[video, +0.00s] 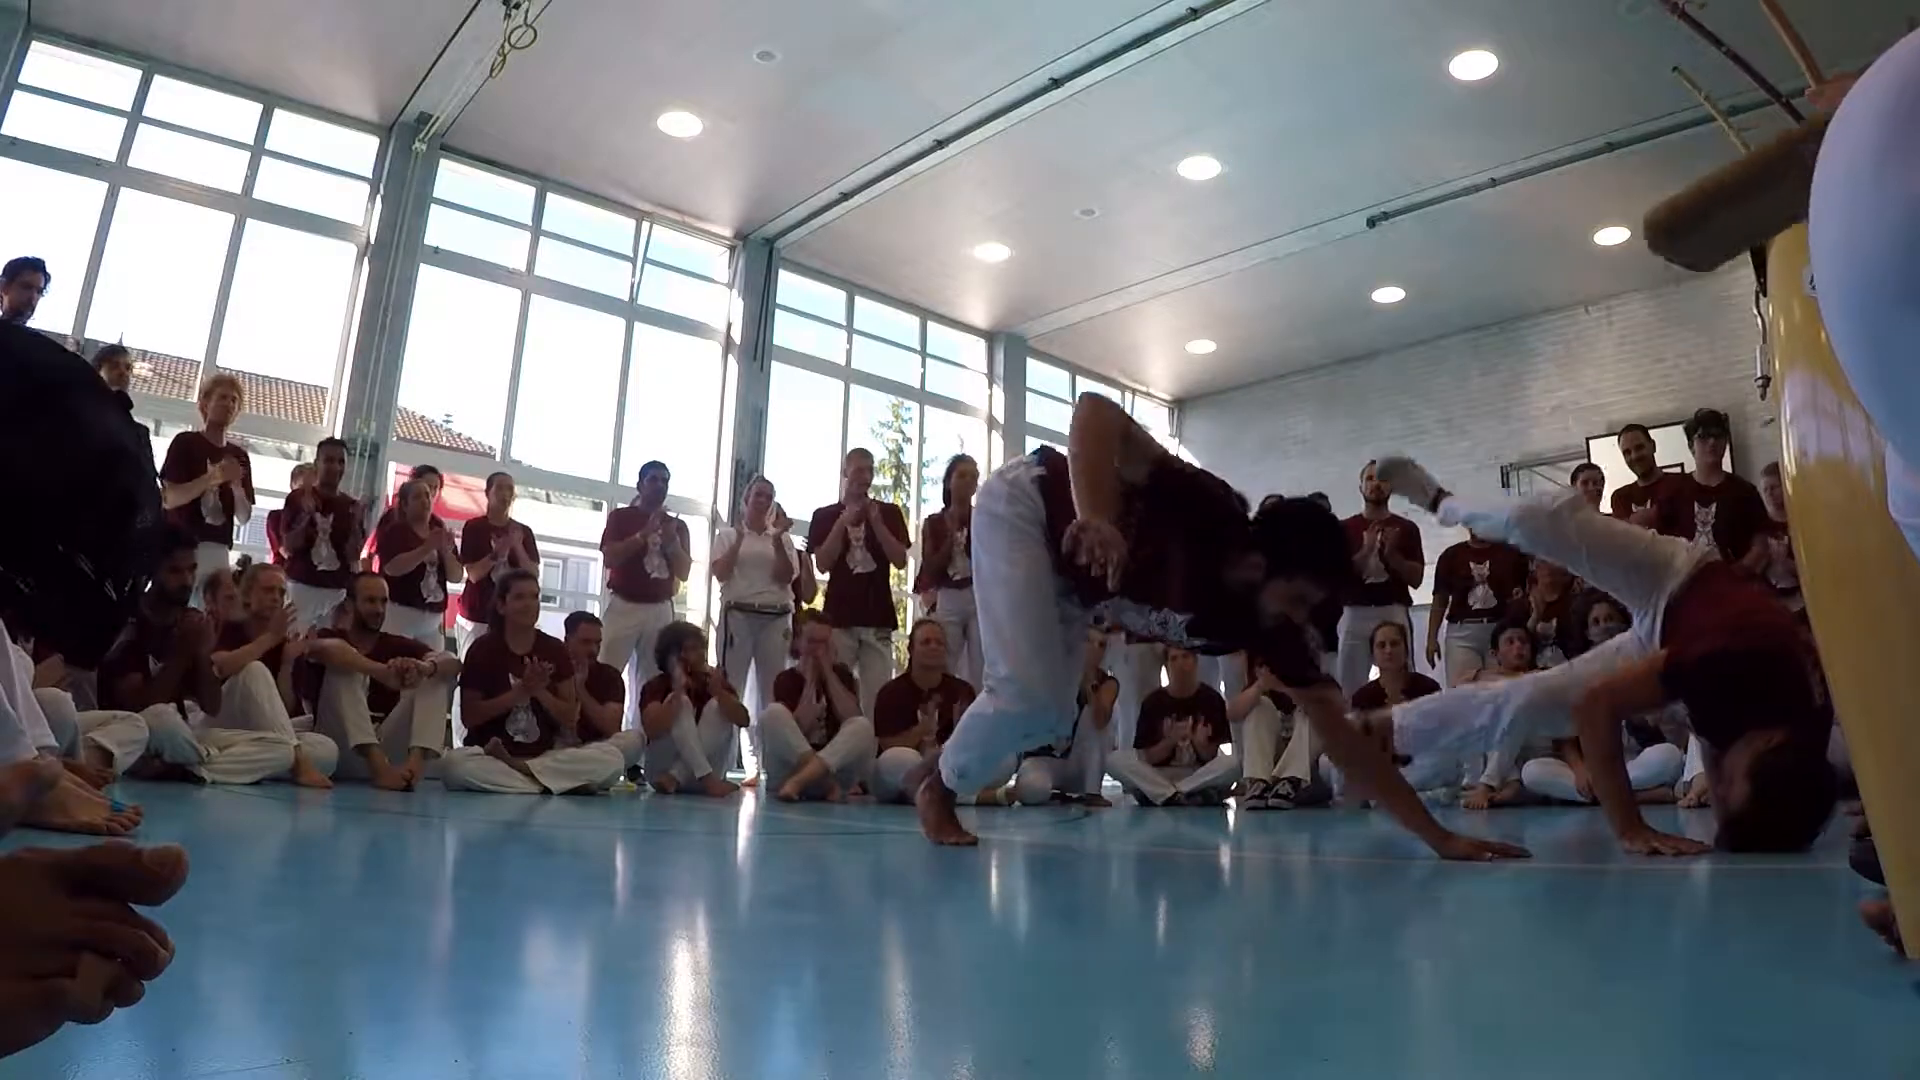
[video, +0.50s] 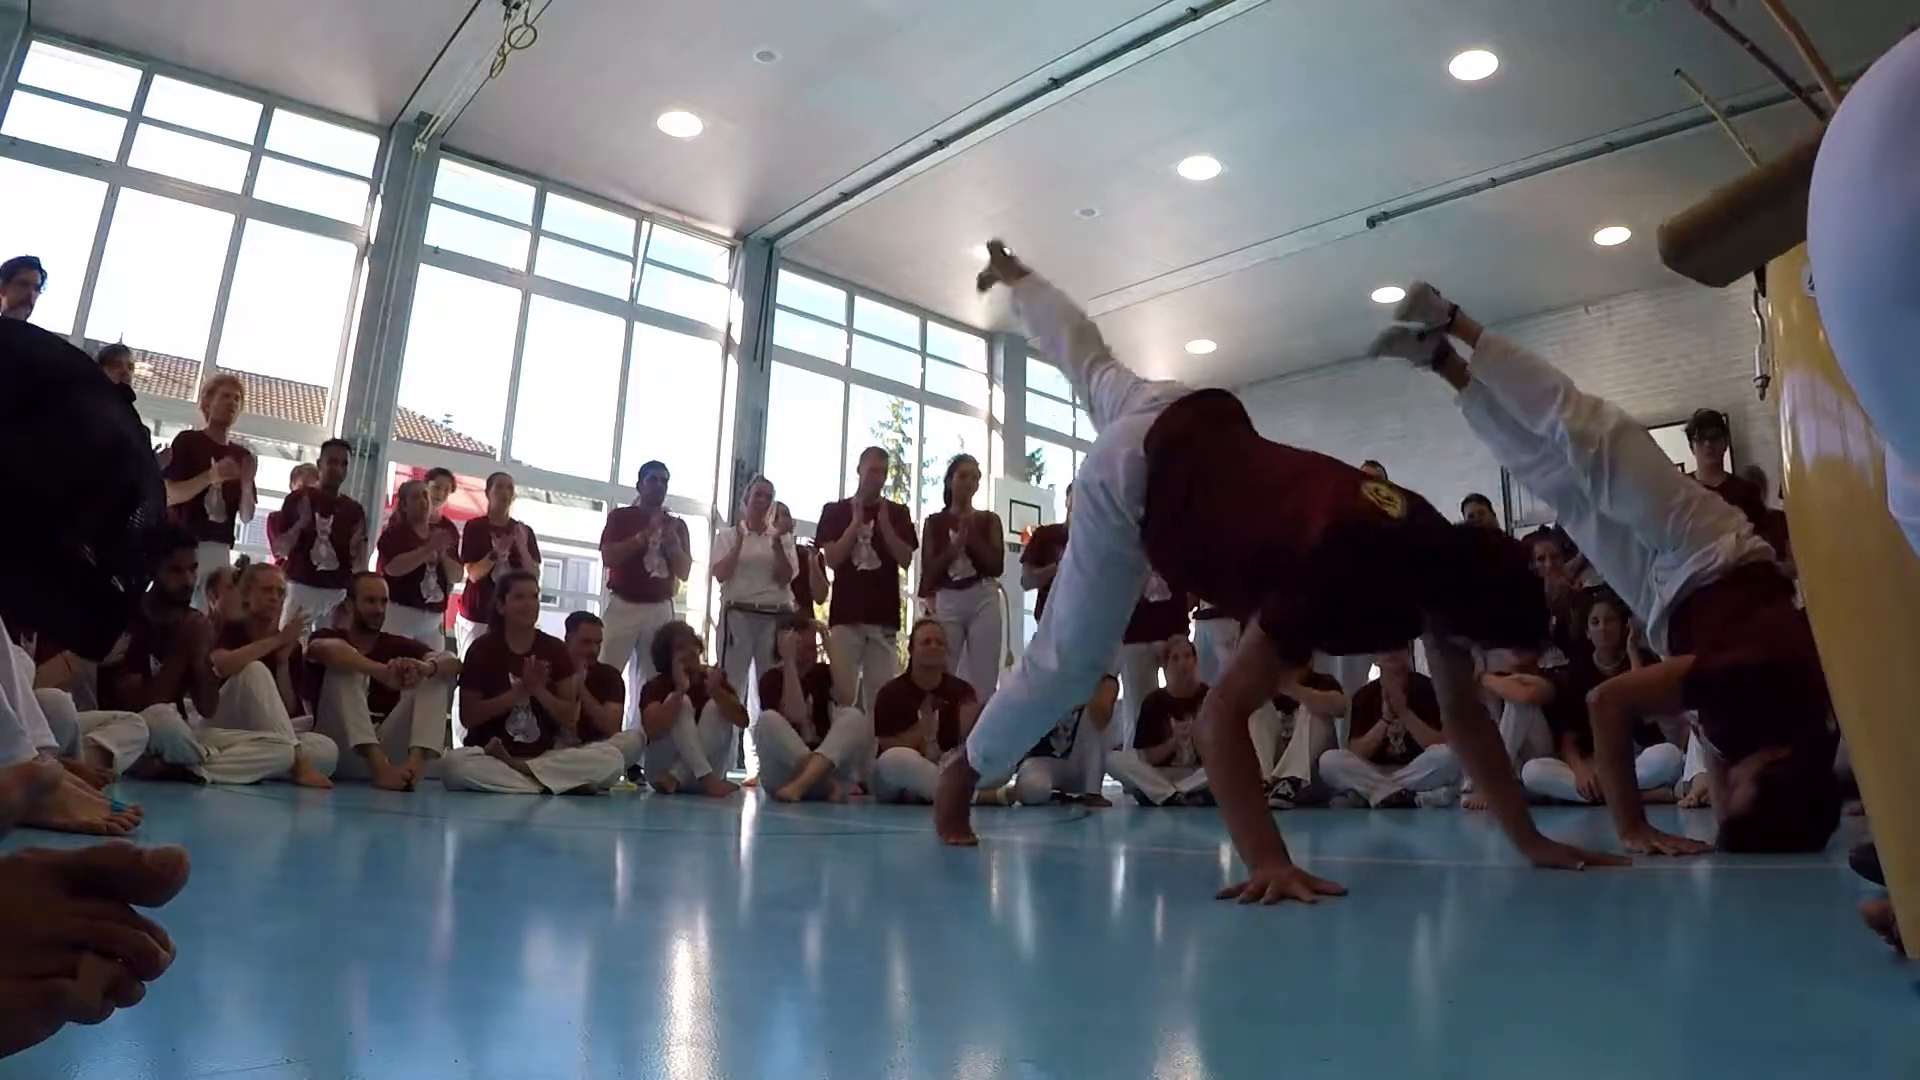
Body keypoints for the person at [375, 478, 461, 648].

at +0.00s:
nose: (425, 502)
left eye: (428, 496)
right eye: (417, 497)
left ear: (433, 500)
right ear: (404, 504)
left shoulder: (439, 532)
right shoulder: (394, 531)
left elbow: (456, 577)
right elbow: (391, 568)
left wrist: (447, 550)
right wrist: (428, 547)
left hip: (434, 614)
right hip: (401, 611)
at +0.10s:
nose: (425, 502)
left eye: (427, 496)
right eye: (417, 497)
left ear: (433, 500)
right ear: (404, 505)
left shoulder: (440, 530)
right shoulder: (395, 531)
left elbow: (456, 577)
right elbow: (392, 568)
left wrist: (444, 550)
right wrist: (428, 547)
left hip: (434, 613)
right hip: (401, 610)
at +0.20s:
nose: (424, 502)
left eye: (427, 496)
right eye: (417, 497)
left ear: (432, 500)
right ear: (403, 504)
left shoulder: (441, 532)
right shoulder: (393, 533)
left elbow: (457, 576)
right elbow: (392, 568)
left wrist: (442, 556)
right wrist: (430, 549)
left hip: (434, 614)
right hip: (401, 610)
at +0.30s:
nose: (424, 502)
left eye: (426, 496)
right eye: (416, 497)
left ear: (432, 500)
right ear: (403, 504)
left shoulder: (442, 532)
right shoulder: (394, 533)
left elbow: (457, 576)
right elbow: (392, 568)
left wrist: (444, 555)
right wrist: (429, 549)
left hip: (434, 614)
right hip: (400, 611)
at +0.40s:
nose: (424, 502)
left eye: (426, 496)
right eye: (416, 497)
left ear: (431, 501)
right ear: (403, 504)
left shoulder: (440, 533)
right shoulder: (394, 534)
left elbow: (456, 578)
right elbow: (391, 569)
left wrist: (446, 549)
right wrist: (429, 546)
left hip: (434, 615)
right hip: (400, 611)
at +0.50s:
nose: (424, 502)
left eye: (426, 496)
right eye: (417, 497)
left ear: (431, 500)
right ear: (403, 504)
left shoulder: (440, 534)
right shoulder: (392, 535)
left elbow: (457, 577)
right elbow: (392, 569)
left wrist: (443, 554)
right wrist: (430, 548)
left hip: (434, 615)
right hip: (400, 612)